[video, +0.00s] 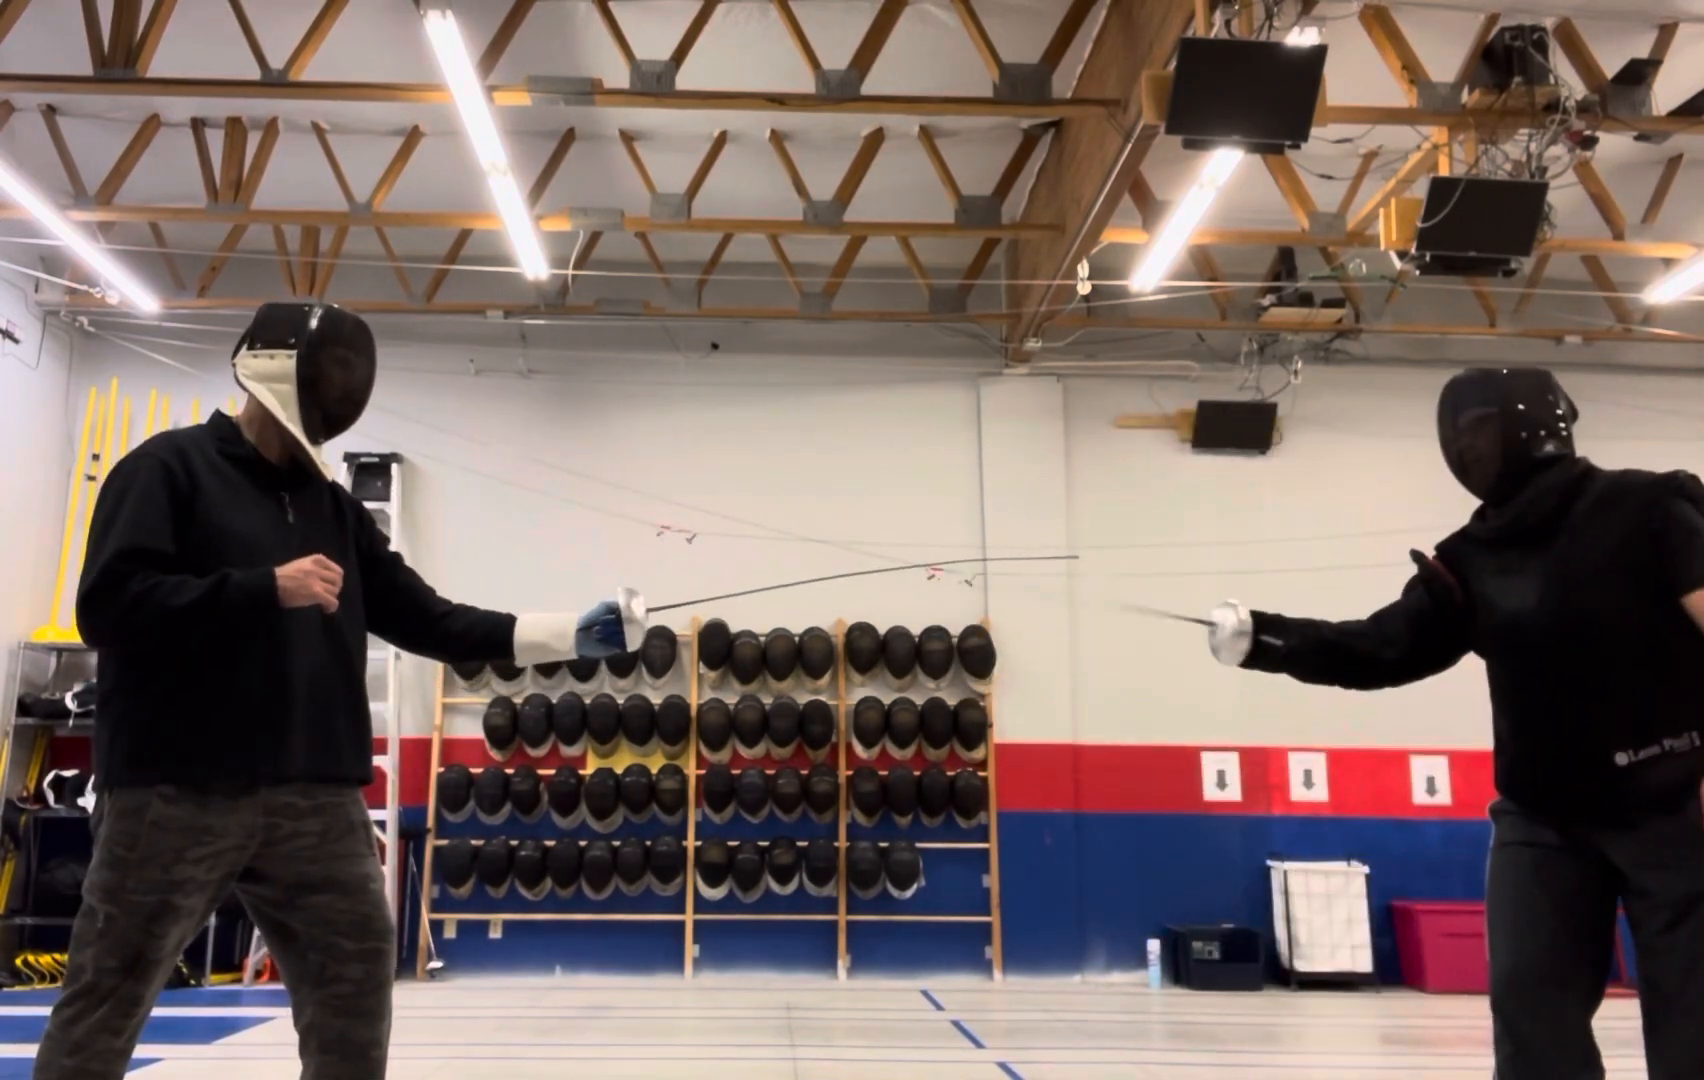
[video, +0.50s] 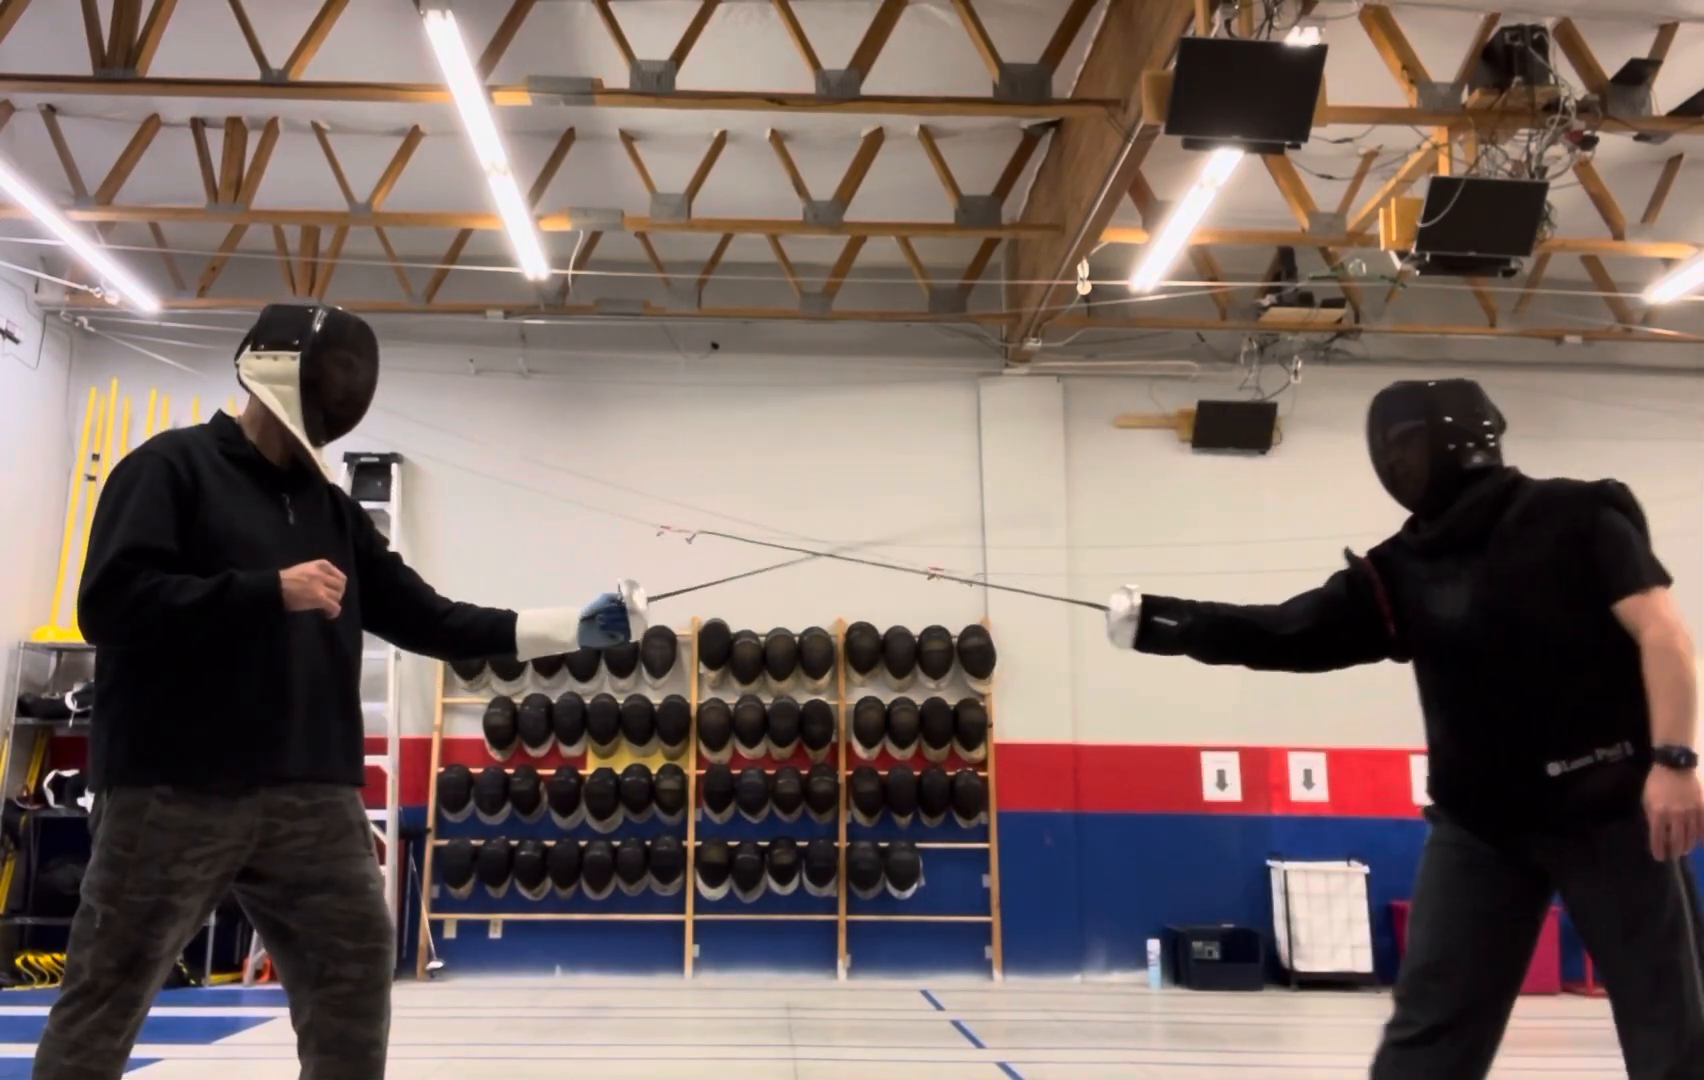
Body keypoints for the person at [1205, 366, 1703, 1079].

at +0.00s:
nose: (1462, 456)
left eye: (1476, 433)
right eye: (1454, 441)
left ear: (1530, 424)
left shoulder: (1656, 510)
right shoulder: (1471, 563)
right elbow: (1380, 648)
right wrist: (1261, 638)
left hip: (1670, 808)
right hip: (1542, 822)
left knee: (1688, 1028)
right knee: (1533, 1022)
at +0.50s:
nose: (1391, 470)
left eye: (1400, 449)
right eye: (1385, 456)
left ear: (1446, 440)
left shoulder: (1580, 517)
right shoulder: (1404, 571)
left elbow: (1663, 633)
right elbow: (1290, 630)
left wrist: (1676, 759)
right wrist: (1163, 624)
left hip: (1608, 817)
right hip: (1480, 829)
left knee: (1668, 1038)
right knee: (1430, 1036)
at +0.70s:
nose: (1290, 470)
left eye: (1300, 449)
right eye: (1287, 453)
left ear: (1344, 441)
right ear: (1359, 448)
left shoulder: (1474, 520)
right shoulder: (1309, 580)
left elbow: (1559, 637)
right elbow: (1207, 652)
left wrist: (1588, 765)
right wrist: (1079, 639)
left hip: (1513, 820)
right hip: (1383, 834)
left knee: (1613, 1046)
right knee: (1333, 1055)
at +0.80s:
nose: (1238, 460)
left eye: (1247, 439)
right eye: (1234, 445)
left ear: (1299, 433)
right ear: (1280, 442)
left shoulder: (1419, 508)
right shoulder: (1254, 570)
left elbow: (1504, 619)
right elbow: (1156, 643)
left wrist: (1511, 749)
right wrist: (1026, 630)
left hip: (1462, 801)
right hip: (1335, 824)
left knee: (1574, 1028)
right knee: (1303, 1052)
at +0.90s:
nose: (1192, 447)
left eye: (1200, 427)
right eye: (1190, 431)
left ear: (1244, 427)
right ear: (1261, 431)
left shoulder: (1371, 502)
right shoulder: (1207, 560)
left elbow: (1455, 611)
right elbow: (1098, 619)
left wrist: (1448, 733)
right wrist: (972, 609)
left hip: (1431, 790)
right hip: (1306, 819)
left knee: (1544, 1013)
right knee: (1293, 1048)